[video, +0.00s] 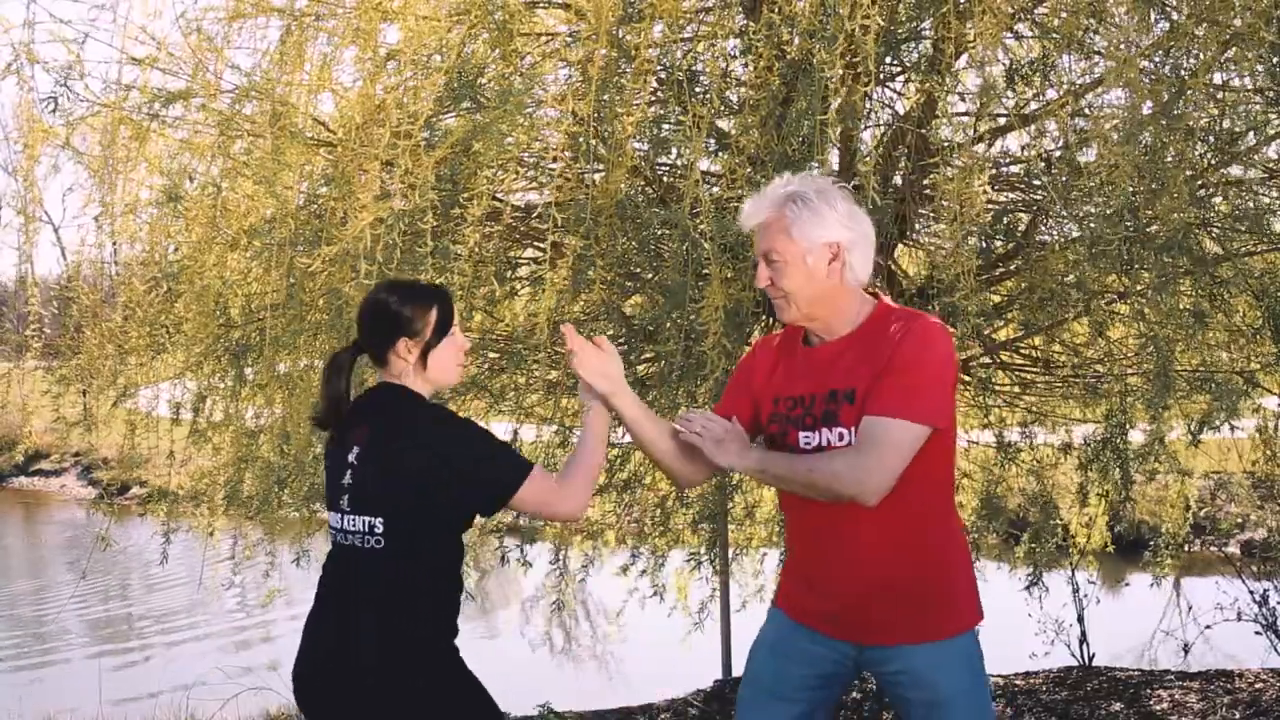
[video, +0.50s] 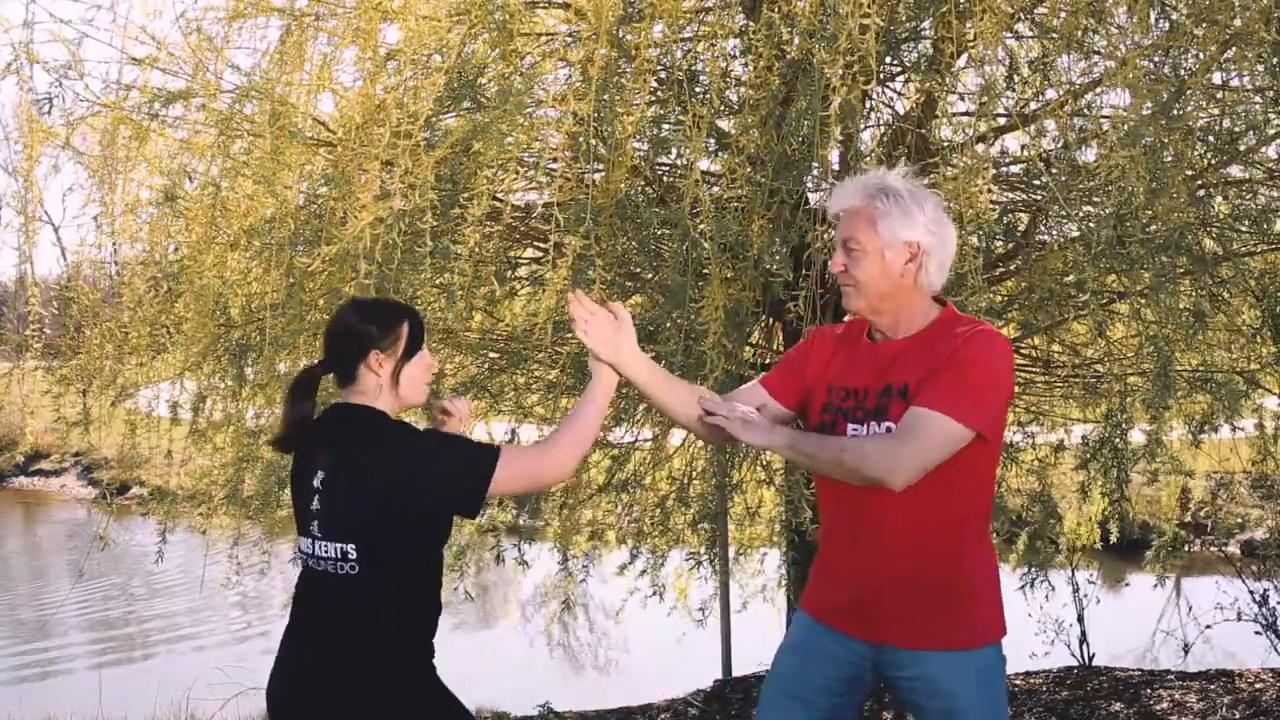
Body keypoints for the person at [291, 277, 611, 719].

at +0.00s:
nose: (465, 343)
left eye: (459, 329)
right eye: (452, 332)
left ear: (402, 351)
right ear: (409, 350)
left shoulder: (350, 422)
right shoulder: (441, 435)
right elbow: (570, 501)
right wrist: (599, 402)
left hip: (325, 671)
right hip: (412, 675)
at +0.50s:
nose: (433, 363)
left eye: (428, 352)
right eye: (422, 352)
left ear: (373, 364)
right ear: (379, 364)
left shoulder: (315, 440)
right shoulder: (414, 454)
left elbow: (381, 512)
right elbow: (554, 464)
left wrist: (443, 442)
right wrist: (606, 378)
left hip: (299, 685)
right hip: (390, 690)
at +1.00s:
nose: (421, 374)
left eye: (415, 362)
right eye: (409, 363)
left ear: (359, 378)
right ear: (366, 377)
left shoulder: (300, 455)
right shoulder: (415, 461)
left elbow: (371, 515)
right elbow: (541, 512)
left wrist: (426, 446)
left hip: (306, 695)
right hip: (402, 695)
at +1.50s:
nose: (441, 373)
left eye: (433, 363)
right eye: (430, 365)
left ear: (389, 389)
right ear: (393, 387)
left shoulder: (362, 460)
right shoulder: (445, 473)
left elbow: (499, 492)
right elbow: (548, 568)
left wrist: (524, 413)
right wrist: (598, 615)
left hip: (334, 694)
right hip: (420, 698)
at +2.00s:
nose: (430, 360)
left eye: (423, 346)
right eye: (419, 347)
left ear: (379, 360)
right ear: (381, 359)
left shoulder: (415, 419)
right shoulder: (408, 465)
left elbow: (516, 464)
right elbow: (530, 522)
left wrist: (574, 492)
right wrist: (568, 497)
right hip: (418, 693)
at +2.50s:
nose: (422, 355)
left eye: (412, 345)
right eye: (408, 349)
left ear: (377, 380)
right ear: (380, 376)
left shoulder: (406, 425)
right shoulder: (405, 469)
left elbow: (487, 494)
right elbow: (491, 567)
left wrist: (551, 553)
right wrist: (541, 575)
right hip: (394, 697)